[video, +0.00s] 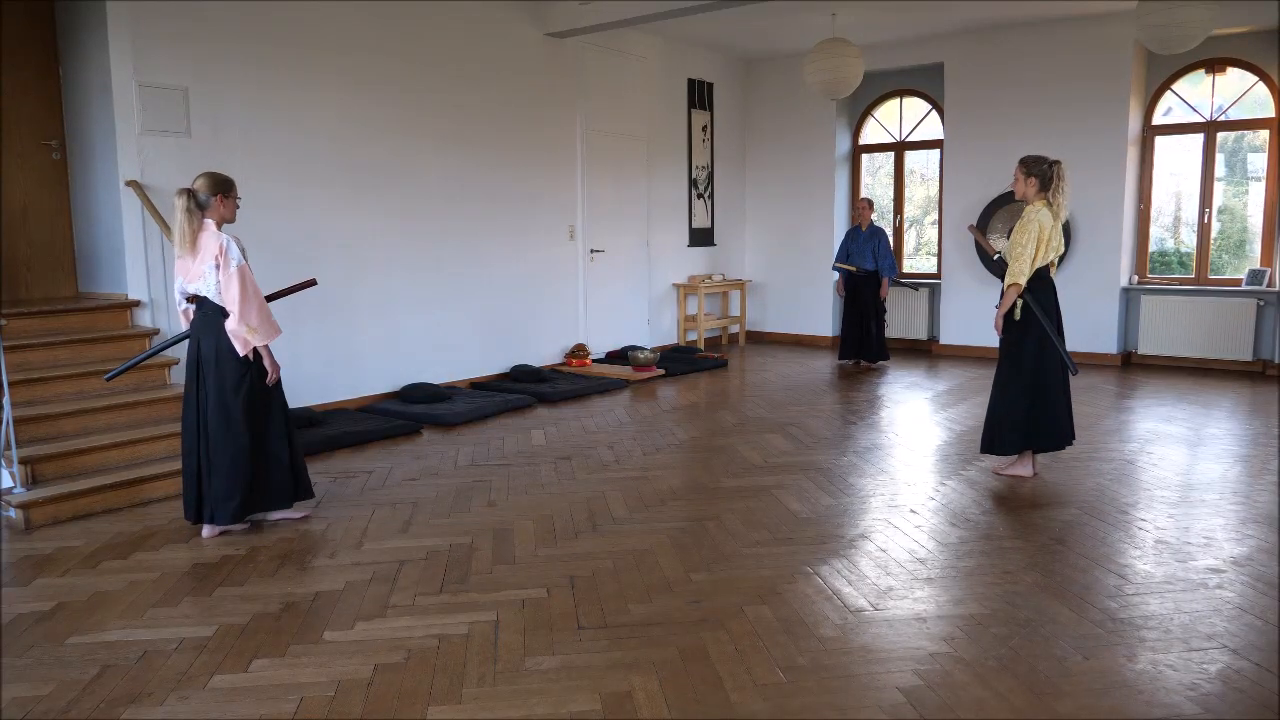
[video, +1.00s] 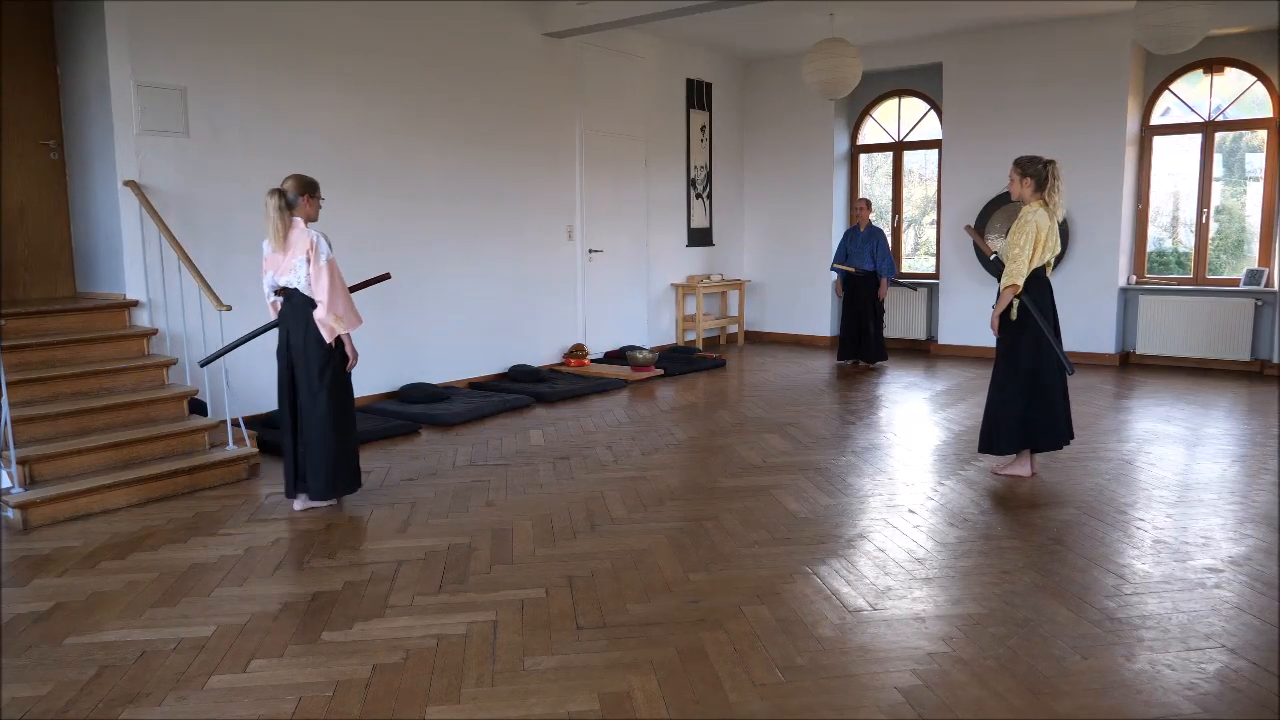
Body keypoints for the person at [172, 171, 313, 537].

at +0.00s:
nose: (237, 206)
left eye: (236, 199)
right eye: (234, 200)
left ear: (203, 202)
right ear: (219, 202)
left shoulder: (186, 245)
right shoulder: (224, 244)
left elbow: (185, 303)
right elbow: (242, 304)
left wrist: (201, 334)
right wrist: (264, 349)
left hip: (201, 340)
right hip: (232, 339)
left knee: (213, 425)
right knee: (260, 415)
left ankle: (216, 515)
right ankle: (276, 502)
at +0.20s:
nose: (248, 207)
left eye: (247, 201)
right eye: (245, 201)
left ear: (216, 204)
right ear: (230, 204)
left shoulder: (196, 247)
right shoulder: (236, 245)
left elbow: (195, 306)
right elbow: (252, 305)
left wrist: (211, 335)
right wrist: (272, 351)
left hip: (211, 341)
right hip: (241, 339)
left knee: (217, 425)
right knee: (273, 413)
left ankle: (216, 515)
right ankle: (303, 492)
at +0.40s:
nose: (266, 209)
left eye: (266, 203)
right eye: (264, 203)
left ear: (236, 205)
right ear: (249, 204)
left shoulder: (215, 248)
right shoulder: (255, 244)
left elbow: (212, 306)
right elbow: (270, 303)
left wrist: (229, 333)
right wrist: (288, 349)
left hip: (226, 339)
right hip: (257, 339)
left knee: (227, 422)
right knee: (281, 413)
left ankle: (217, 512)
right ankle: (304, 494)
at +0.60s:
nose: (288, 205)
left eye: (286, 199)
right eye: (285, 200)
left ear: (256, 203)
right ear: (271, 202)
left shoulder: (237, 245)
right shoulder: (280, 242)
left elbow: (236, 301)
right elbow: (294, 299)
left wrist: (252, 327)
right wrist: (312, 344)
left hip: (251, 332)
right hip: (281, 332)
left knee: (247, 413)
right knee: (298, 411)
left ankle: (221, 500)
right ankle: (306, 493)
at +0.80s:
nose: (305, 204)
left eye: (304, 199)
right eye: (302, 199)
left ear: (275, 201)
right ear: (289, 201)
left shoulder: (254, 244)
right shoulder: (298, 240)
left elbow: (256, 298)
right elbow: (314, 297)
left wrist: (273, 324)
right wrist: (333, 339)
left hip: (272, 330)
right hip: (302, 330)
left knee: (275, 406)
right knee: (309, 408)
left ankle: (254, 486)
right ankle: (305, 493)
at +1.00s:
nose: (321, 205)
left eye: (320, 200)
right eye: (319, 200)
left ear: (292, 202)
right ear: (305, 201)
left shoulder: (272, 242)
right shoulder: (314, 239)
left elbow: (272, 296)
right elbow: (327, 295)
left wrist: (290, 323)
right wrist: (346, 337)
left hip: (289, 329)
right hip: (316, 329)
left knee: (297, 408)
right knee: (319, 409)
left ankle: (301, 488)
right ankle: (312, 492)